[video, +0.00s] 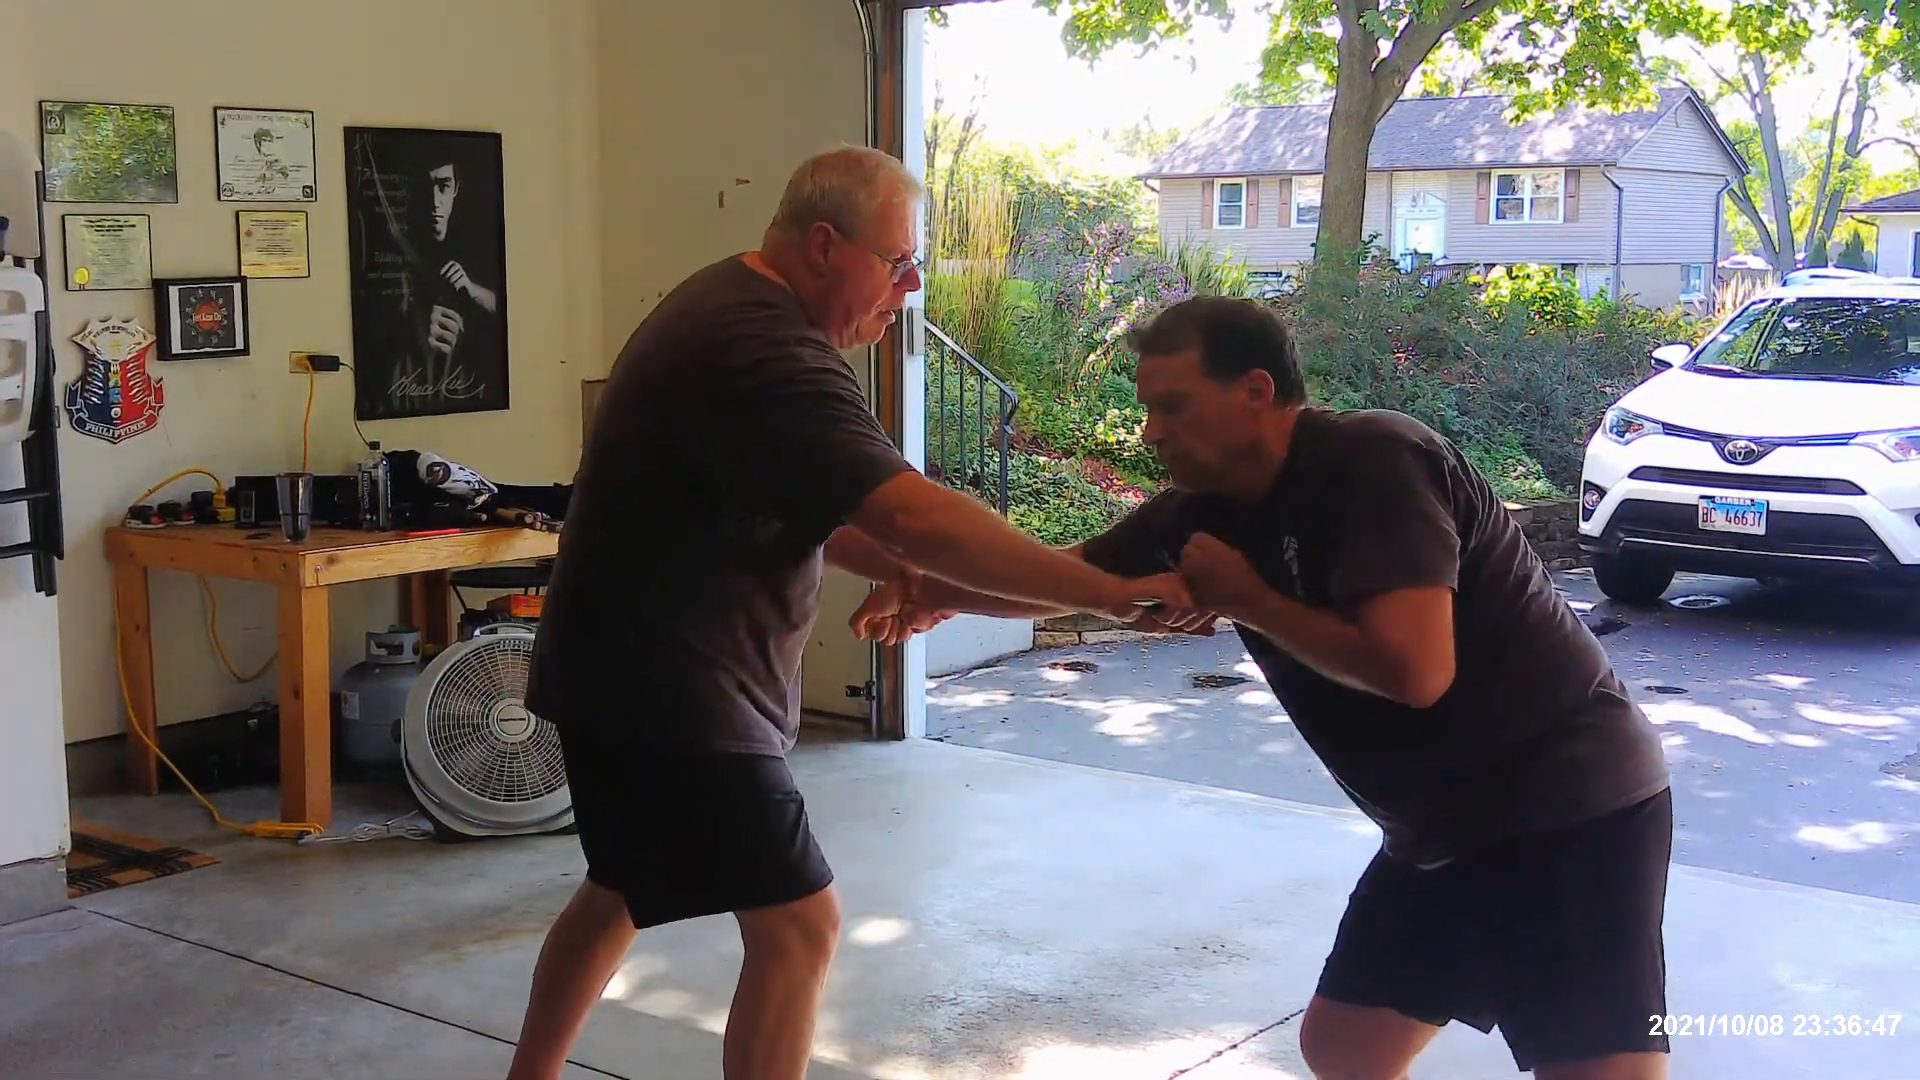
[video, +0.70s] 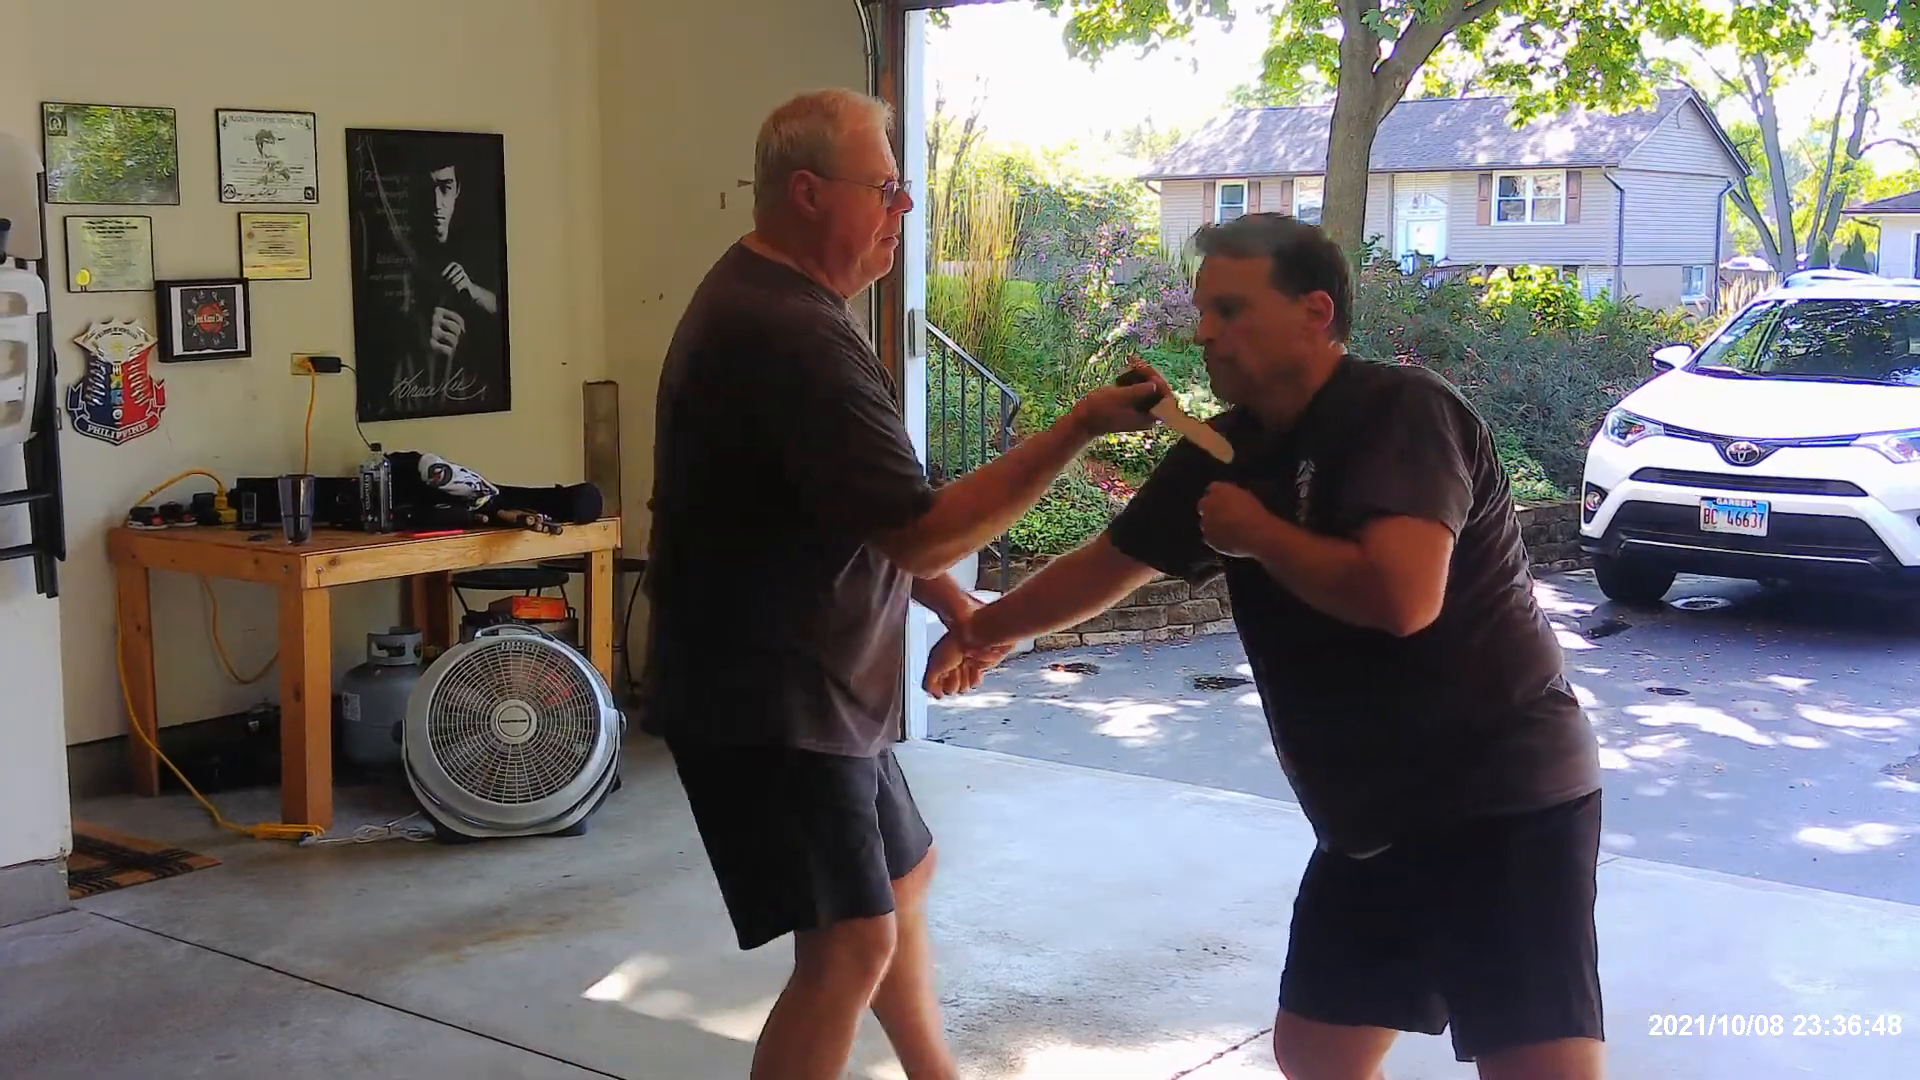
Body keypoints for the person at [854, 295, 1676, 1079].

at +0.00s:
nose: (1154, 431)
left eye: (1169, 406)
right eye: (1147, 409)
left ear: (1258, 396)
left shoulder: (1378, 468)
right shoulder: (1206, 512)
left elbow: (1412, 669)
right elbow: (1077, 581)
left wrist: (1250, 599)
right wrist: (953, 589)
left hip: (1579, 805)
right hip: (1439, 822)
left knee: (1600, 1065)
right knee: (1343, 1046)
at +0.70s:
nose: (1202, 333)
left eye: (1228, 309)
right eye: (1200, 310)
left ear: (1317, 314)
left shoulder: (1405, 410)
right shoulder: (1220, 454)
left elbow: (1403, 594)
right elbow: (1113, 560)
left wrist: (1261, 536)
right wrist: (991, 627)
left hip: (1511, 804)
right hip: (1367, 818)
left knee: (1539, 1061)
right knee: (1317, 1050)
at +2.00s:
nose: (1204, 434)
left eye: (1216, 408)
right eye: (1193, 413)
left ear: (1294, 366)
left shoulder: (1425, 431)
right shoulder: (1249, 492)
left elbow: (1429, 626)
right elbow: (1160, 620)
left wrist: (1289, 579)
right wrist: (1051, 728)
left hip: (1523, 815)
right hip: (1377, 826)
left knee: (1518, 1065)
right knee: (1305, 1052)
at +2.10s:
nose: (1205, 436)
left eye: (1208, 411)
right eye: (1194, 417)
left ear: (1278, 367)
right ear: (1277, 370)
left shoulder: (1440, 427)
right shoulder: (1279, 481)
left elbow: (1440, 630)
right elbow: (1207, 629)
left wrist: (1303, 580)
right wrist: (1089, 739)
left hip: (1529, 818)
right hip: (1391, 819)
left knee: (1475, 1064)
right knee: (1327, 1051)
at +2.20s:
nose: (1225, 425)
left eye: (1219, 399)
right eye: (1212, 405)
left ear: (1268, 359)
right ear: (1272, 359)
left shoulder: (1452, 415)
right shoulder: (1314, 463)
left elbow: (1445, 627)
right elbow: (1305, 643)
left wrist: (1317, 564)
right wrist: (1202, 782)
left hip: (1533, 816)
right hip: (1413, 812)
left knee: (1467, 1062)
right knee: (1355, 1039)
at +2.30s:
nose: (1275, 423)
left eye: (1261, 396)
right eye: (1260, 401)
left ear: (1291, 355)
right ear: (1305, 344)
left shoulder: (1462, 415)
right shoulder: (1398, 430)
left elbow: (1429, 638)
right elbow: (1424, 665)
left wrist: (1331, 553)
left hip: (1532, 840)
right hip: (1447, 828)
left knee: (1484, 1065)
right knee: (1377, 1037)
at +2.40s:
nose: (1313, 417)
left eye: (1299, 394)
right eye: (1301, 399)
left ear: (1317, 364)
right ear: (1400, 325)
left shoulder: (1453, 433)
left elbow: (1397, 664)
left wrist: (1358, 581)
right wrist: (1629, 836)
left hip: (1537, 862)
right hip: (1482, 846)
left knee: (1512, 1068)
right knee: (1400, 1037)